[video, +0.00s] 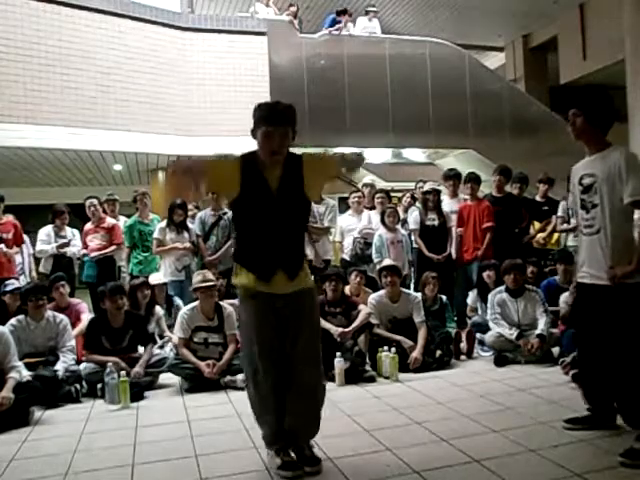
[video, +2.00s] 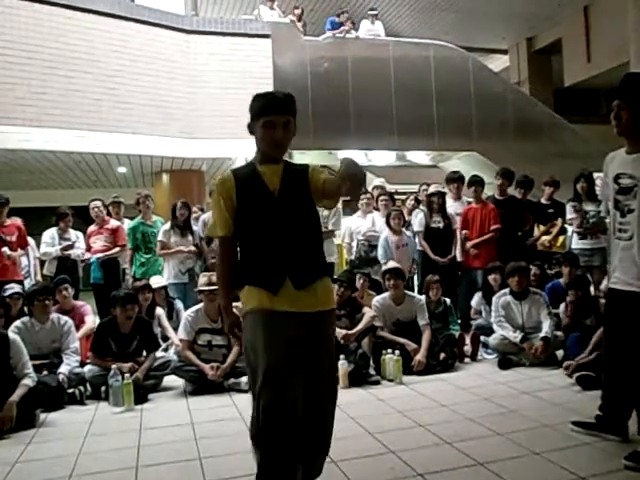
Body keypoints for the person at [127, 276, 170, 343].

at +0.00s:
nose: (145, 293)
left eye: (147, 289)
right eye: (141, 291)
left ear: (151, 291)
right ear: (134, 294)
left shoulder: (156, 310)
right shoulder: (129, 312)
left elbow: (165, 331)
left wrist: (173, 338)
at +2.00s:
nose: (146, 296)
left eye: (149, 292)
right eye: (142, 293)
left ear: (152, 294)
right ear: (137, 296)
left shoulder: (158, 311)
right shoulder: (134, 312)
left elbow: (167, 328)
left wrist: (175, 341)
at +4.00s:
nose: (146, 295)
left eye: (149, 292)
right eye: (142, 292)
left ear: (152, 294)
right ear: (137, 295)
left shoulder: (158, 311)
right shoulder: (134, 312)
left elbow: (168, 329)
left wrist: (176, 341)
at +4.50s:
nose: (147, 295)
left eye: (149, 291)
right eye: (143, 292)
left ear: (153, 294)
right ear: (137, 295)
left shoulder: (158, 311)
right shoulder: (133, 312)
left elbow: (168, 329)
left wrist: (178, 344)